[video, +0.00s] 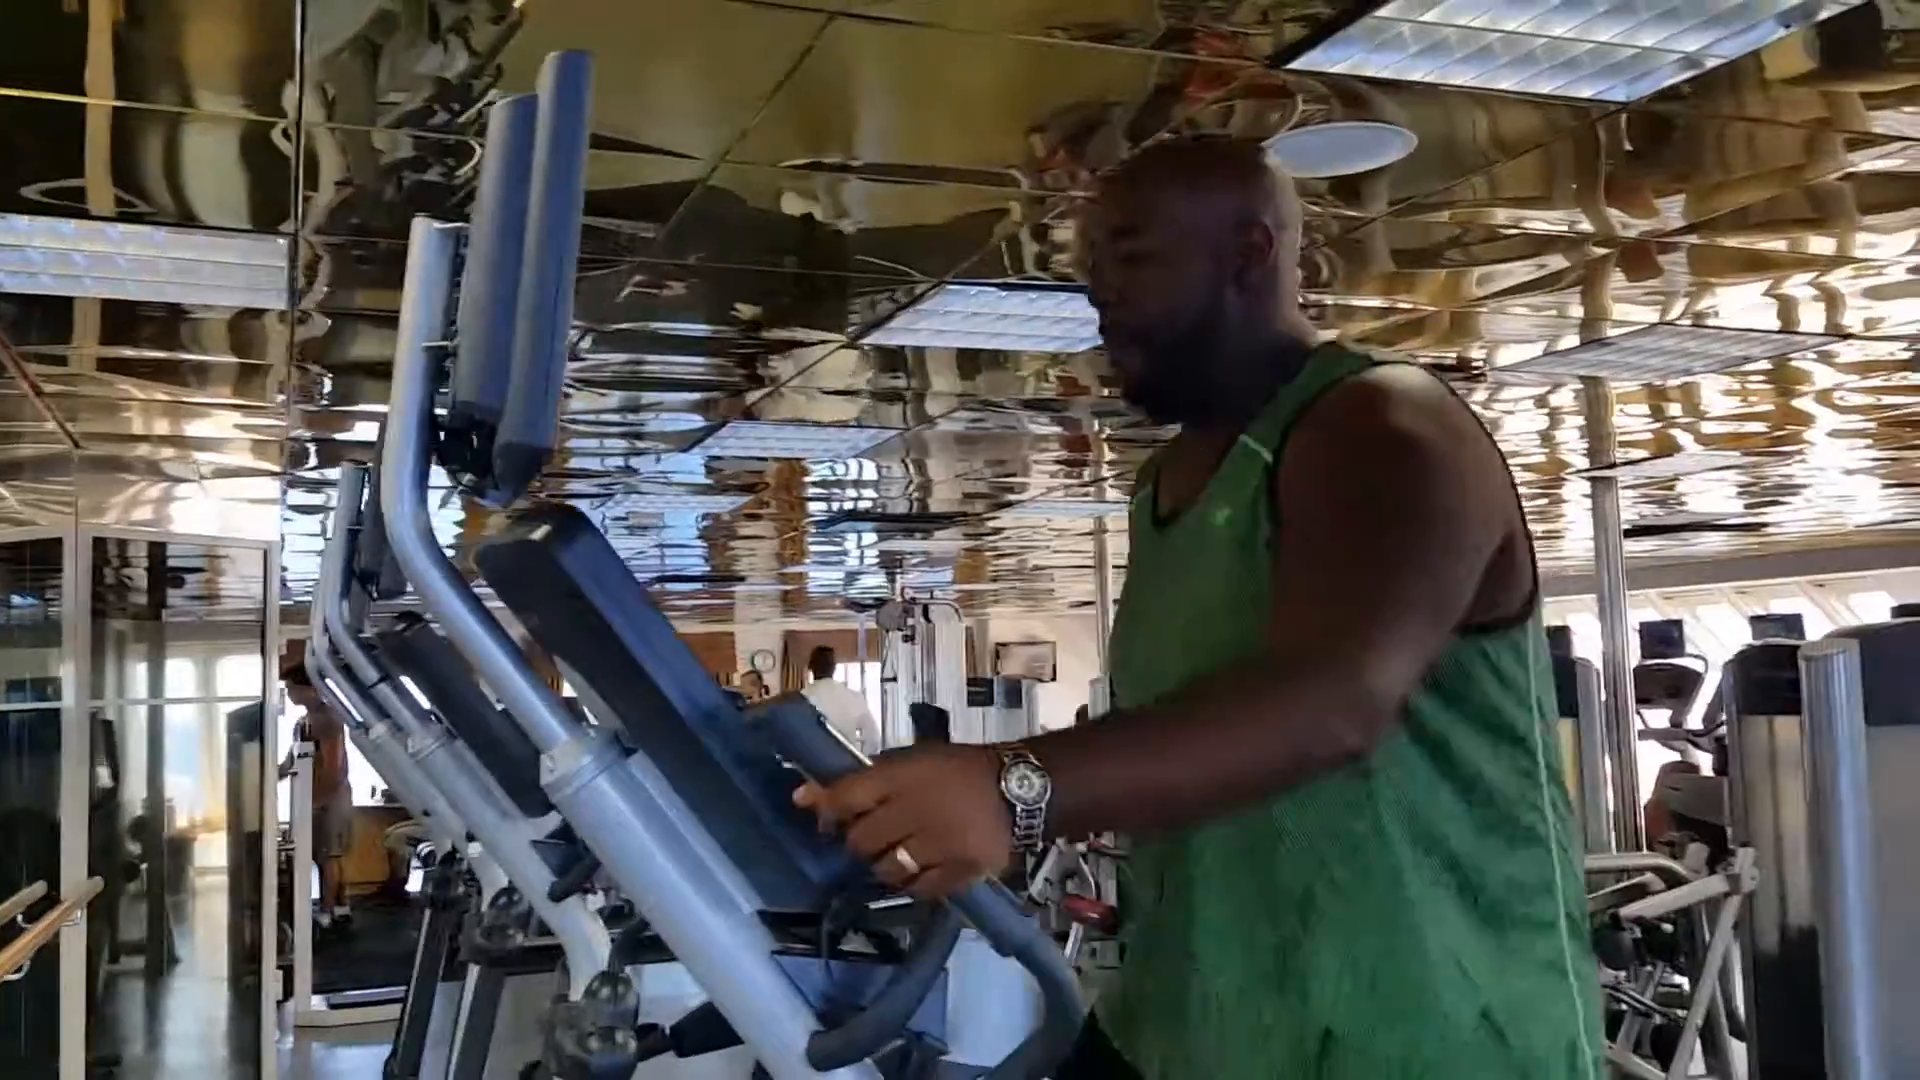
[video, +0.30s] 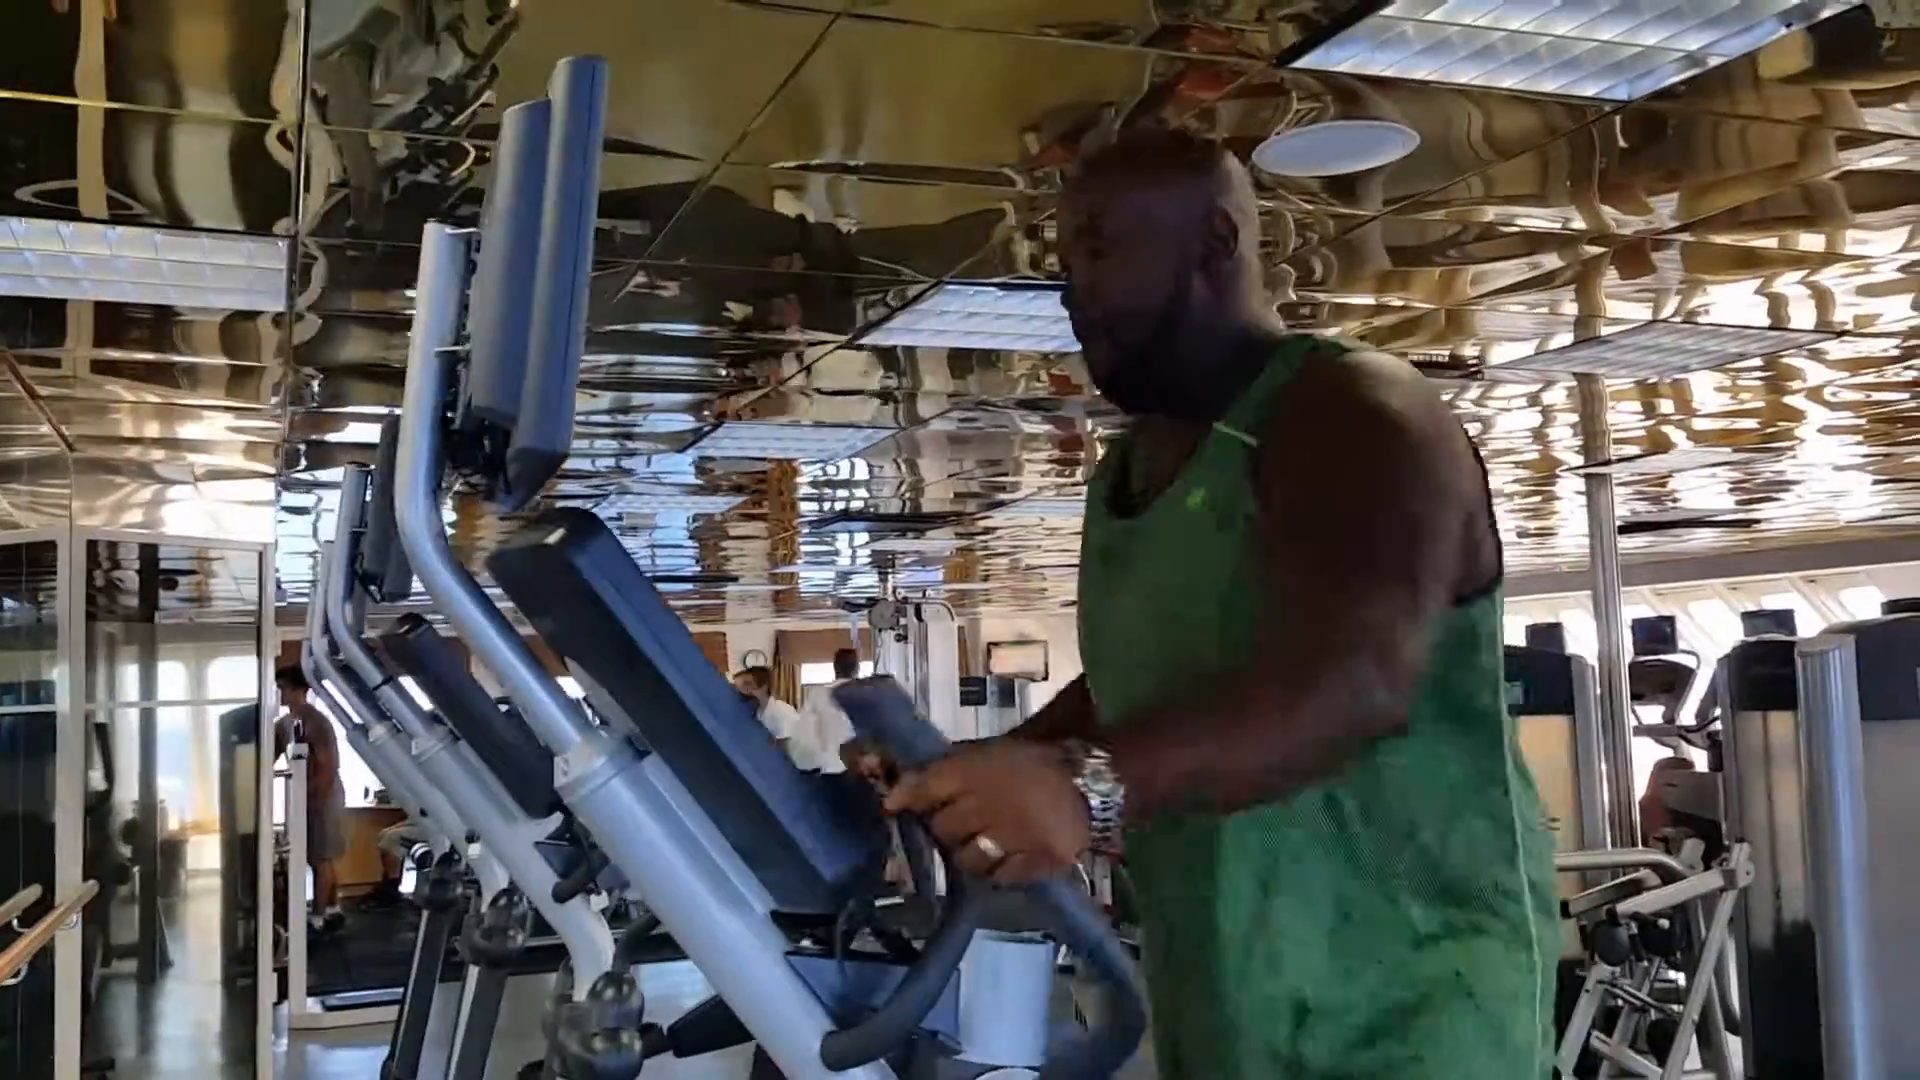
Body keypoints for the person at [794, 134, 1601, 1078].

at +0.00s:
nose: (1097, 295)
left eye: (1129, 255)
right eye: (1095, 265)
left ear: (1254, 256)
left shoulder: (1396, 428)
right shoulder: (1168, 484)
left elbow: (1337, 700)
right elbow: (1182, 738)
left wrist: (1021, 788)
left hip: (1414, 1033)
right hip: (1207, 1024)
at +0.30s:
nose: (1070, 290)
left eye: (1098, 246)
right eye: (1069, 259)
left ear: (1214, 249)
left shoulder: (1366, 415)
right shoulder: (1127, 474)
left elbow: (1357, 681)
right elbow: (1132, 679)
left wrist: (1092, 786)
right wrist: (988, 776)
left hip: (1408, 1006)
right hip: (1221, 1008)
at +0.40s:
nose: (1087, 329)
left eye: (1115, 289)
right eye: (1081, 298)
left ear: (1232, 285)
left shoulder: (1388, 454)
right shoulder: (1122, 529)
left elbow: (1466, 733)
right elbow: (1068, 748)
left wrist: (1204, 803)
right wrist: (885, 768)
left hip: (1414, 1020)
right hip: (1214, 1026)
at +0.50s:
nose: (1103, 328)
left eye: (1130, 285)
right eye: (1097, 298)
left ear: (1250, 285)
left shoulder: (1414, 461)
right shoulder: (1129, 533)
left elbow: (1568, 739)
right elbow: (1038, 732)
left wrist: (1327, 835)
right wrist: (818, 755)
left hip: (1426, 1009)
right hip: (1221, 1014)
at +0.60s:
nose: (1119, 295)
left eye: (1149, 258)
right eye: (1115, 270)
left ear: (1260, 259)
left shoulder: (1424, 432)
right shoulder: (1132, 511)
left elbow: (1619, 693)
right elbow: (1007, 689)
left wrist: (1414, 858)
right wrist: (793, 754)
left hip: (1439, 1010)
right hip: (1230, 1016)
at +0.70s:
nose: (1119, 269)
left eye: (1154, 229)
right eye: (1124, 234)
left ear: (1273, 230)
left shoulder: (1432, 404)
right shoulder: (1138, 494)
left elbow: (1631, 667)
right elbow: (974, 673)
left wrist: (1436, 861)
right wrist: (768, 764)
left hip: (1462, 1017)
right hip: (1252, 1020)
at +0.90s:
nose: (1151, 284)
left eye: (1189, 243)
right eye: (1151, 252)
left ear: (1308, 245)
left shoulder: (1462, 423)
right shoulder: (1176, 512)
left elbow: (1622, 702)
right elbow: (1056, 688)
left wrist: (1344, 838)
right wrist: (828, 766)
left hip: (1514, 1036)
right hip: (1269, 1040)